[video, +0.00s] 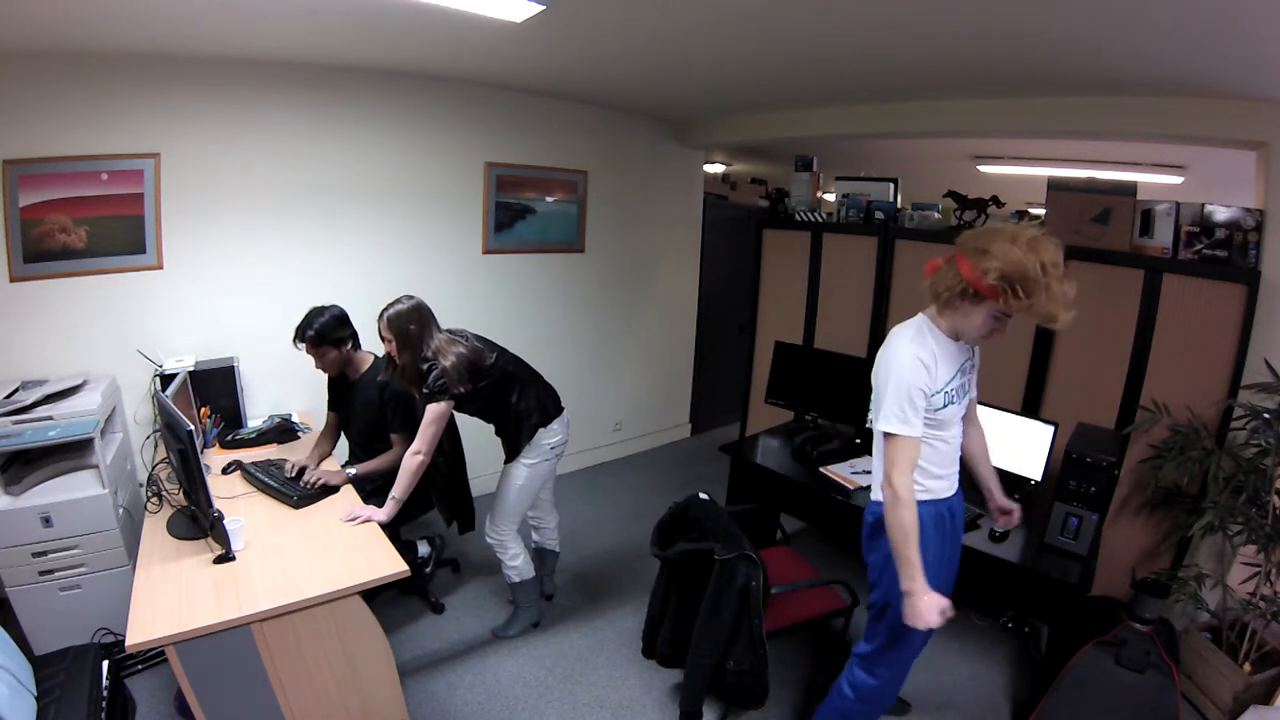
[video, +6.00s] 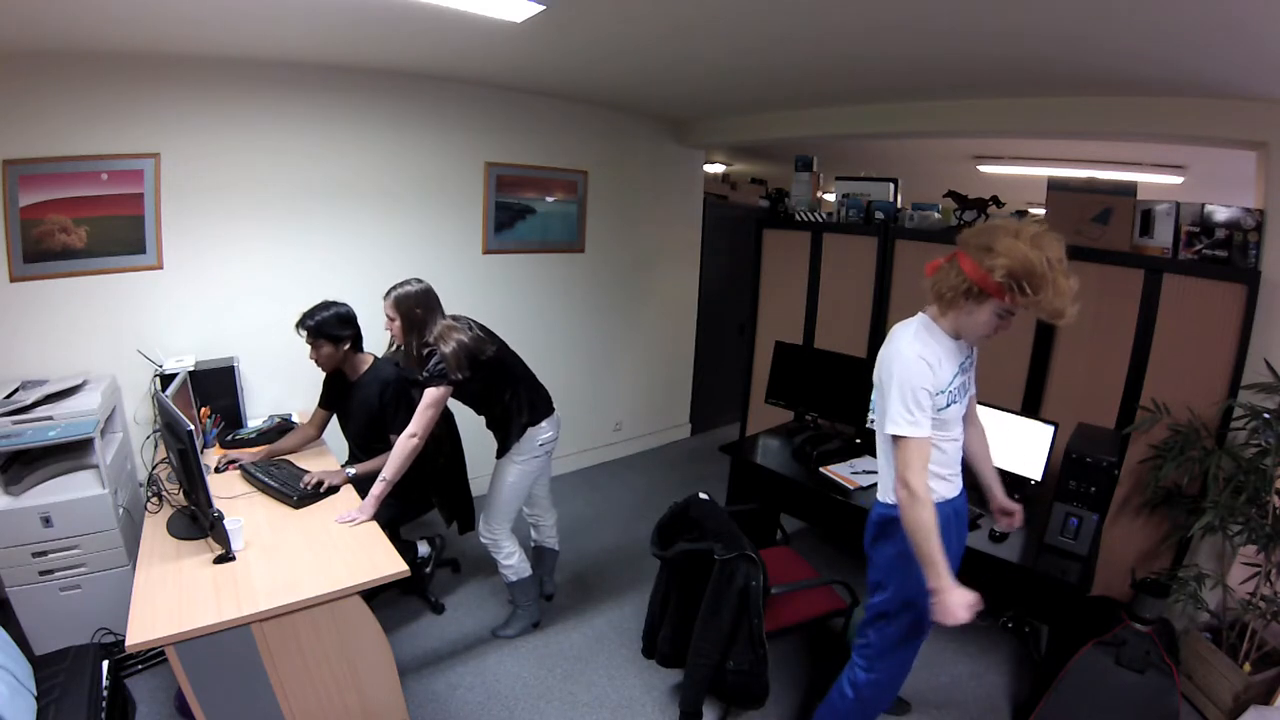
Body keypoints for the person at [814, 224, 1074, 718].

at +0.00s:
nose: (1002, 330)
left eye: (1008, 319)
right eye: (999, 317)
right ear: (970, 295)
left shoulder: (964, 342)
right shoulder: (907, 356)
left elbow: (968, 421)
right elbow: (896, 486)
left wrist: (993, 494)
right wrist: (915, 588)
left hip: (944, 508)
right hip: (905, 517)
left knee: (918, 616)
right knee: (890, 643)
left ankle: (880, 692)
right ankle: (843, 712)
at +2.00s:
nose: (1004, 329)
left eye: (1011, 318)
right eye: (1002, 315)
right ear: (972, 291)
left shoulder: (966, 342)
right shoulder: (910, 352)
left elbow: (987, 420)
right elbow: (935, 479)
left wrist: (1040, 485)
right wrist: (1006, 572)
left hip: (929, 520)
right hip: (892, 526)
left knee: (911, 620)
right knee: (866, 672)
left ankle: (876, 689)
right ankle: (836, 713)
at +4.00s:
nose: (998, 327)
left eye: (1004, 316)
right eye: (996, 313)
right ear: (969, 291)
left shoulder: (956, 337)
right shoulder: (906, 355)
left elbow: (963, 416)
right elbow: (902, 481)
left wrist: (988, 491)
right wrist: (931, 582)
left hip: (943, 507)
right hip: (906, 518)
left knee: (906, 614)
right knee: (874, 646)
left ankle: (875, 689)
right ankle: (838, 711)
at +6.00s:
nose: (1004, 329)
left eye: (1011, 318)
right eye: (1002, 315)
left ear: (979, 300)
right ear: (972, 294)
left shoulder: (959, 340)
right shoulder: (911, 357)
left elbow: (968, 420)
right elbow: (910, 487)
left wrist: (994, 494)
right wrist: (942, 584)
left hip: (946, 508)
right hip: (907, 522)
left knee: (910, 617)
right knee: (877, 658)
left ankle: (880, 689)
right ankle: (842, 713)